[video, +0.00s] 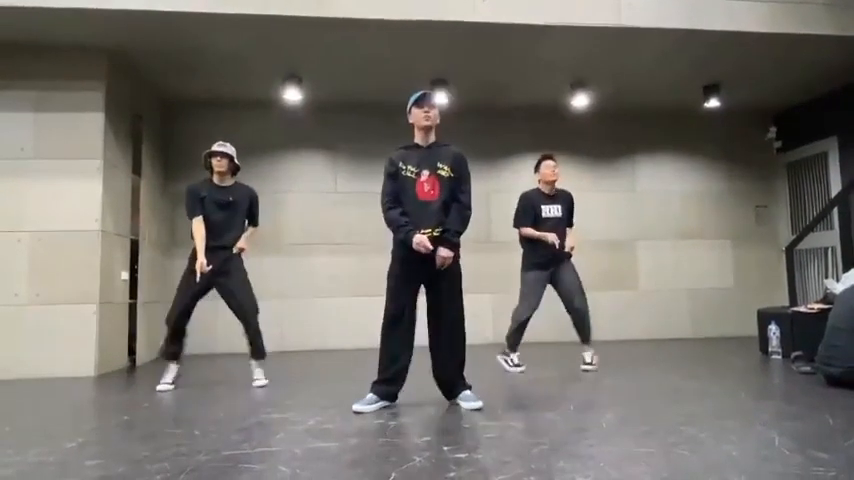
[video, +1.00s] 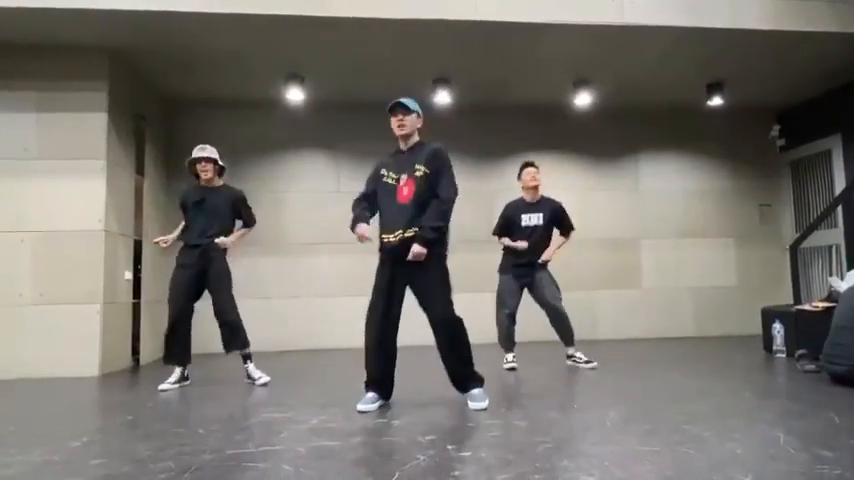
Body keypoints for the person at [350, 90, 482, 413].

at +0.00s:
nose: (427, 112)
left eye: (432, 107)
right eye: (421, 107)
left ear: (438, 115)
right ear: (410, 116)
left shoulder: (454, 158)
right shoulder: (397, 159)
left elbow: (462, 205)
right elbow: (390, 207)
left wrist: (449, 241)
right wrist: (410, 235)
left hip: (445, 251)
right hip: (407, 250)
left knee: (449, 320)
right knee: (397, 319)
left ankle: (456, 388)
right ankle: (385, 390)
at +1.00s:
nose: (399, 119)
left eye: (406, 114)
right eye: (395, 115)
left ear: (419, 120)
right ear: (390, 123)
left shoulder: (435, 155)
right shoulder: (385, 165)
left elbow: (446, 198)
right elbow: (367, 199)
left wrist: (424, 238)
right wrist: (360, 220)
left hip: (427, 253)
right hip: (391, 256)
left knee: (444, 319)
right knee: (379, 321)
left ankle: (470, 385)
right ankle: (377, 390)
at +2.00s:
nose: (431, 124)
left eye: (436, 119)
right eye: (425, 120)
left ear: (444, 126)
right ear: (416, 127)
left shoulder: (463, 166)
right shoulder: (403, 169)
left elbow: (490, 198)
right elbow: (373, 198)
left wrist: (510, 173)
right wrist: (356, 173)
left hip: (450, 263)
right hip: (412, 264)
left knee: (460, 327)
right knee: (406, 329)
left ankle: (475, 391)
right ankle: (401, 392)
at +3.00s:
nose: (465, 119)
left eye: (467, 116)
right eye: (458, 115)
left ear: (470, 124)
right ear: (441, 124)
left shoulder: (483, 166)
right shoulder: (424, 165)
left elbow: (512, 193)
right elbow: (390, 189)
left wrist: (519, 160)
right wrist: (375, 160)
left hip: (463, 259)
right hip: (425, 258)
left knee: (467, 325)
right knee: (417, 324)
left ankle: (476, 390)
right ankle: (407, 389)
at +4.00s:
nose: (421, 127)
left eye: (427, 121)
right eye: (416, 123)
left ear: (438, 125)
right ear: (411, 129)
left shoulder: (445, 156)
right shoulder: (425, 161)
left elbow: (475, 198)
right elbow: (439, 201)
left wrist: (451, 231)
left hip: (434, 252)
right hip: (419, 251)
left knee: (433, 318)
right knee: (424, 319)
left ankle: (448, 386)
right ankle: (436, 383)